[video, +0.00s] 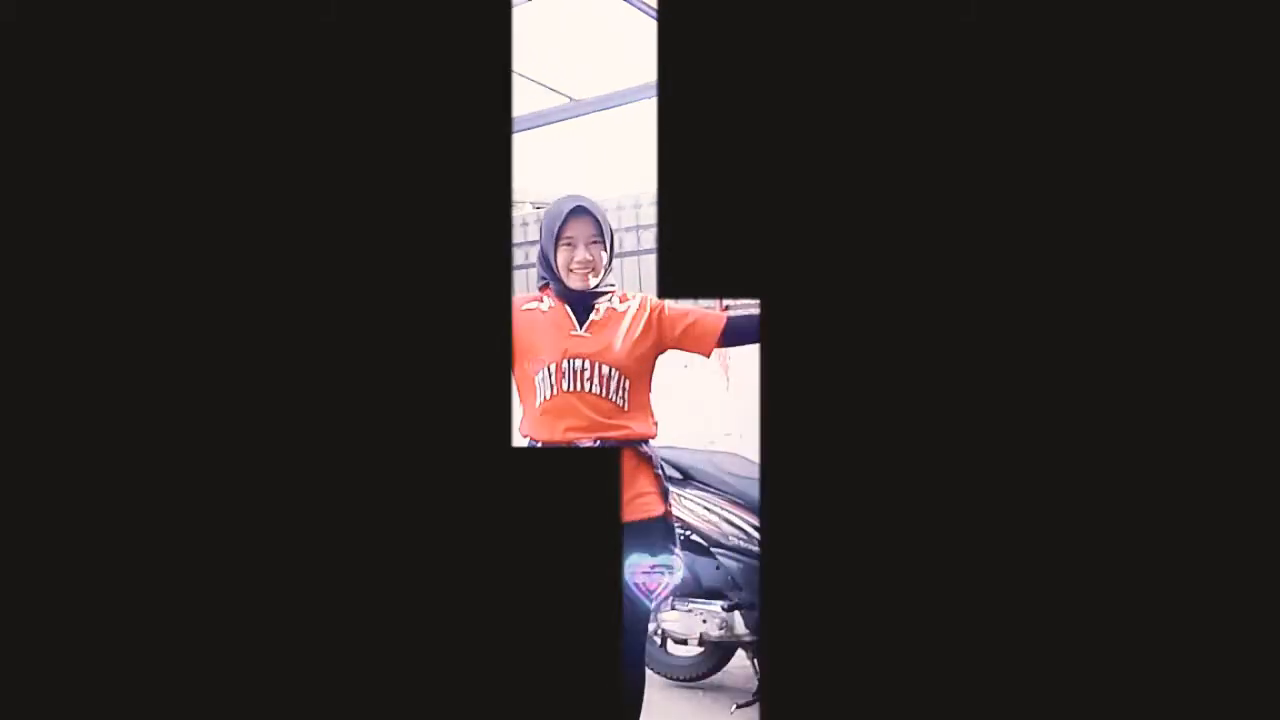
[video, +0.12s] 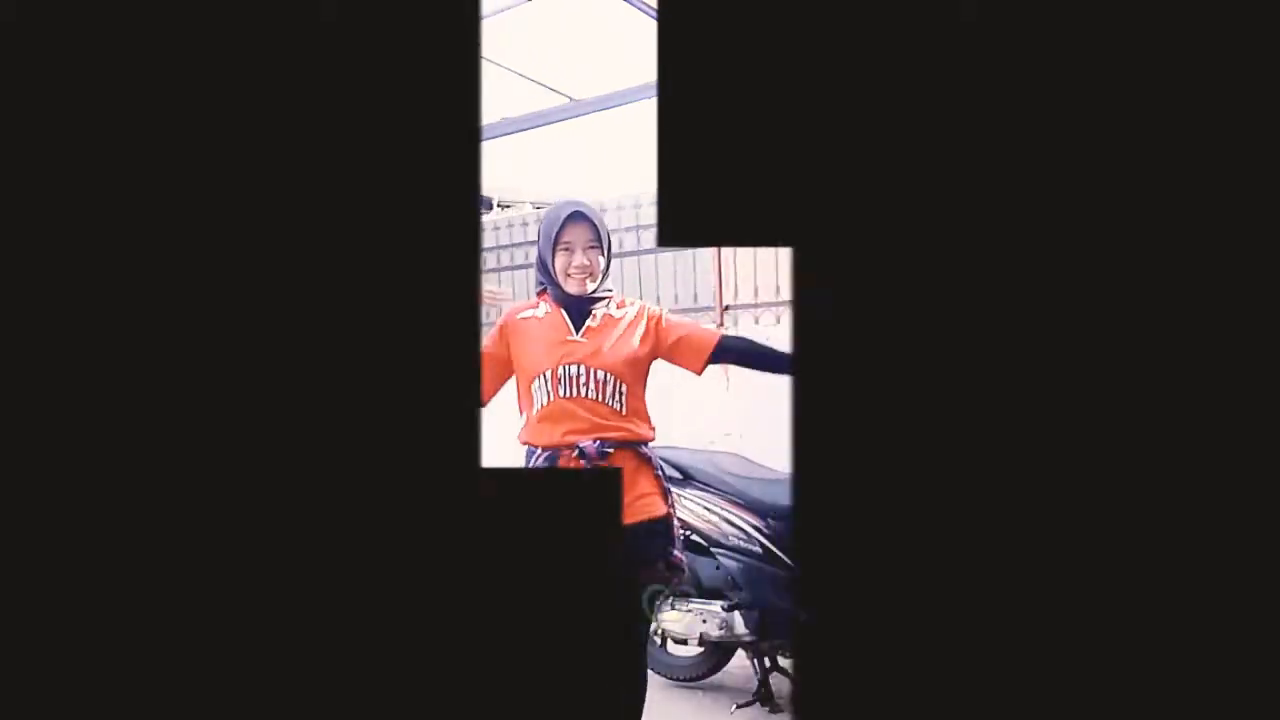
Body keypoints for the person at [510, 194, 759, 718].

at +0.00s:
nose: (583, 255)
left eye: (595, 243)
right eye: (569, 243)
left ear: (608, 251)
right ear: (549, 250)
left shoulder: (643, 312)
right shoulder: (520, 313)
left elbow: (725, 326)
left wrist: (771, 314)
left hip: (631, 488)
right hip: (551, 482)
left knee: (631, 628)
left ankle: (627, 708)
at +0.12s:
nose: (580, 260)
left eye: (591, 249)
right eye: (567, 248)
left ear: (604, 257)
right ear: (546, 256)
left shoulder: (638, 318)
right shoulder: (517, 322)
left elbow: (721, 346)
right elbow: (470, 393)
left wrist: (796, 364)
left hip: (631, 492)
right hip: (551, 487)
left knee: (623, 637)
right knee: (551, 633)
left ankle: (627, 709)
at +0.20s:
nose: (577, 261)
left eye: (587, 250)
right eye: (563, 251)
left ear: (602, 258)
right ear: (542, 259)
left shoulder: (632, 321)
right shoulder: (513, 323)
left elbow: (713, 349)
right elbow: (456, 379)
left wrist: (804, 356)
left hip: (627, 490)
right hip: (548, 487)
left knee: (629, 637)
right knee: (550, 631)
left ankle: (628, 708)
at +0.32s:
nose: (578, 253)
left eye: (590, 242)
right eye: (565, 243)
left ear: (604, 250)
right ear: (545, 251)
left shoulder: (635, 311)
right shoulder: (516, 310)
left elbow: (719, 335)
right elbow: (444, 346)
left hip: (619, 482)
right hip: (540, 484)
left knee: (629, 627)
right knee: (540, 626)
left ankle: (628, 714)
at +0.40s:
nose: (581, 255)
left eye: (592, 244)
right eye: (568, 245)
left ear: (607, 251)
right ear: (549, 254)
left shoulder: (639, 316)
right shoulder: (520, 311)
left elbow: (717, 355)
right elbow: (440, 339)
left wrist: (717, 279)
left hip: (618, 493)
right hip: (538, 491)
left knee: (624, 635)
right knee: (533, 633)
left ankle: (624, 714)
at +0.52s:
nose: (584, 261)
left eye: (594, 250)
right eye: (570, 251)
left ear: (608, 259)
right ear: (551, 261)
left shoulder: (638, 328)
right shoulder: (527, 318)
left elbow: (697, 395)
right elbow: (450, 357)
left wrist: (687, 323)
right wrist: (388, 386)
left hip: (619, 518)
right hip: (541, 514)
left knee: (616, 657)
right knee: (531, 652)